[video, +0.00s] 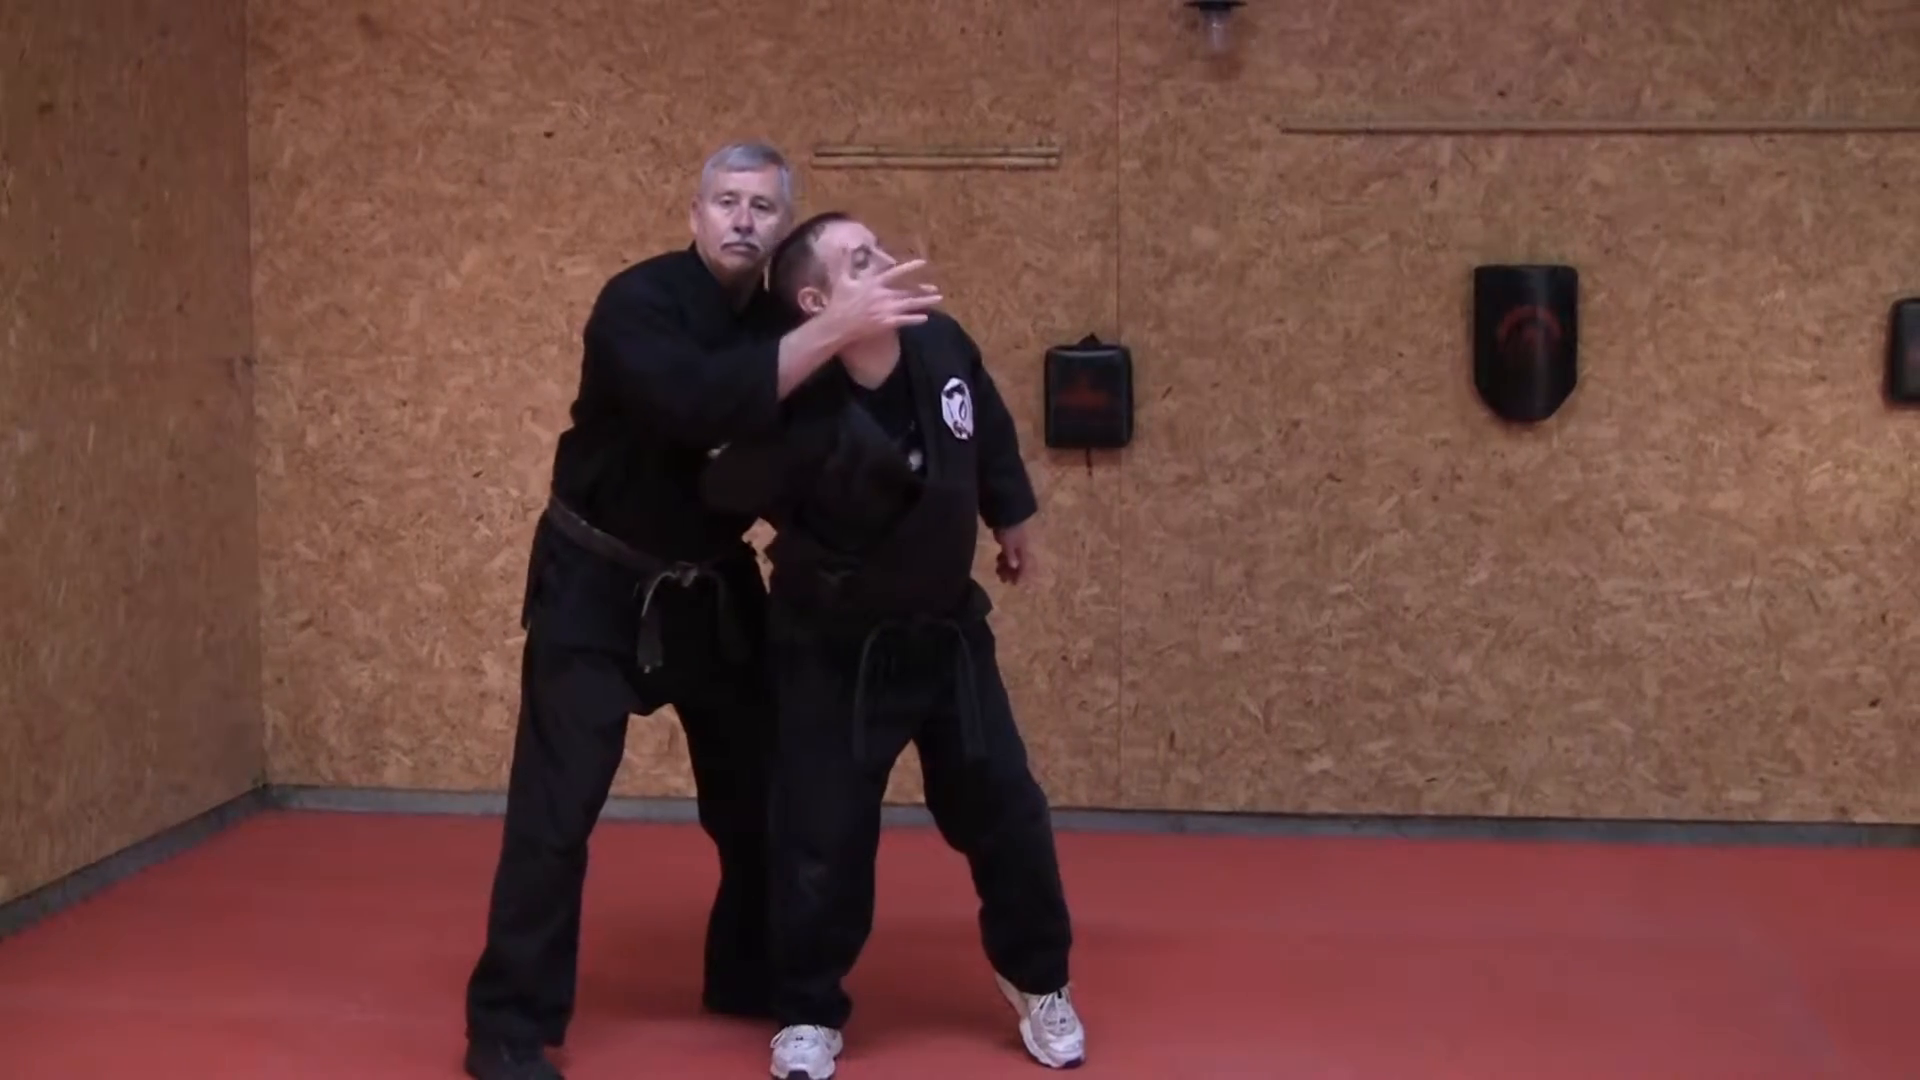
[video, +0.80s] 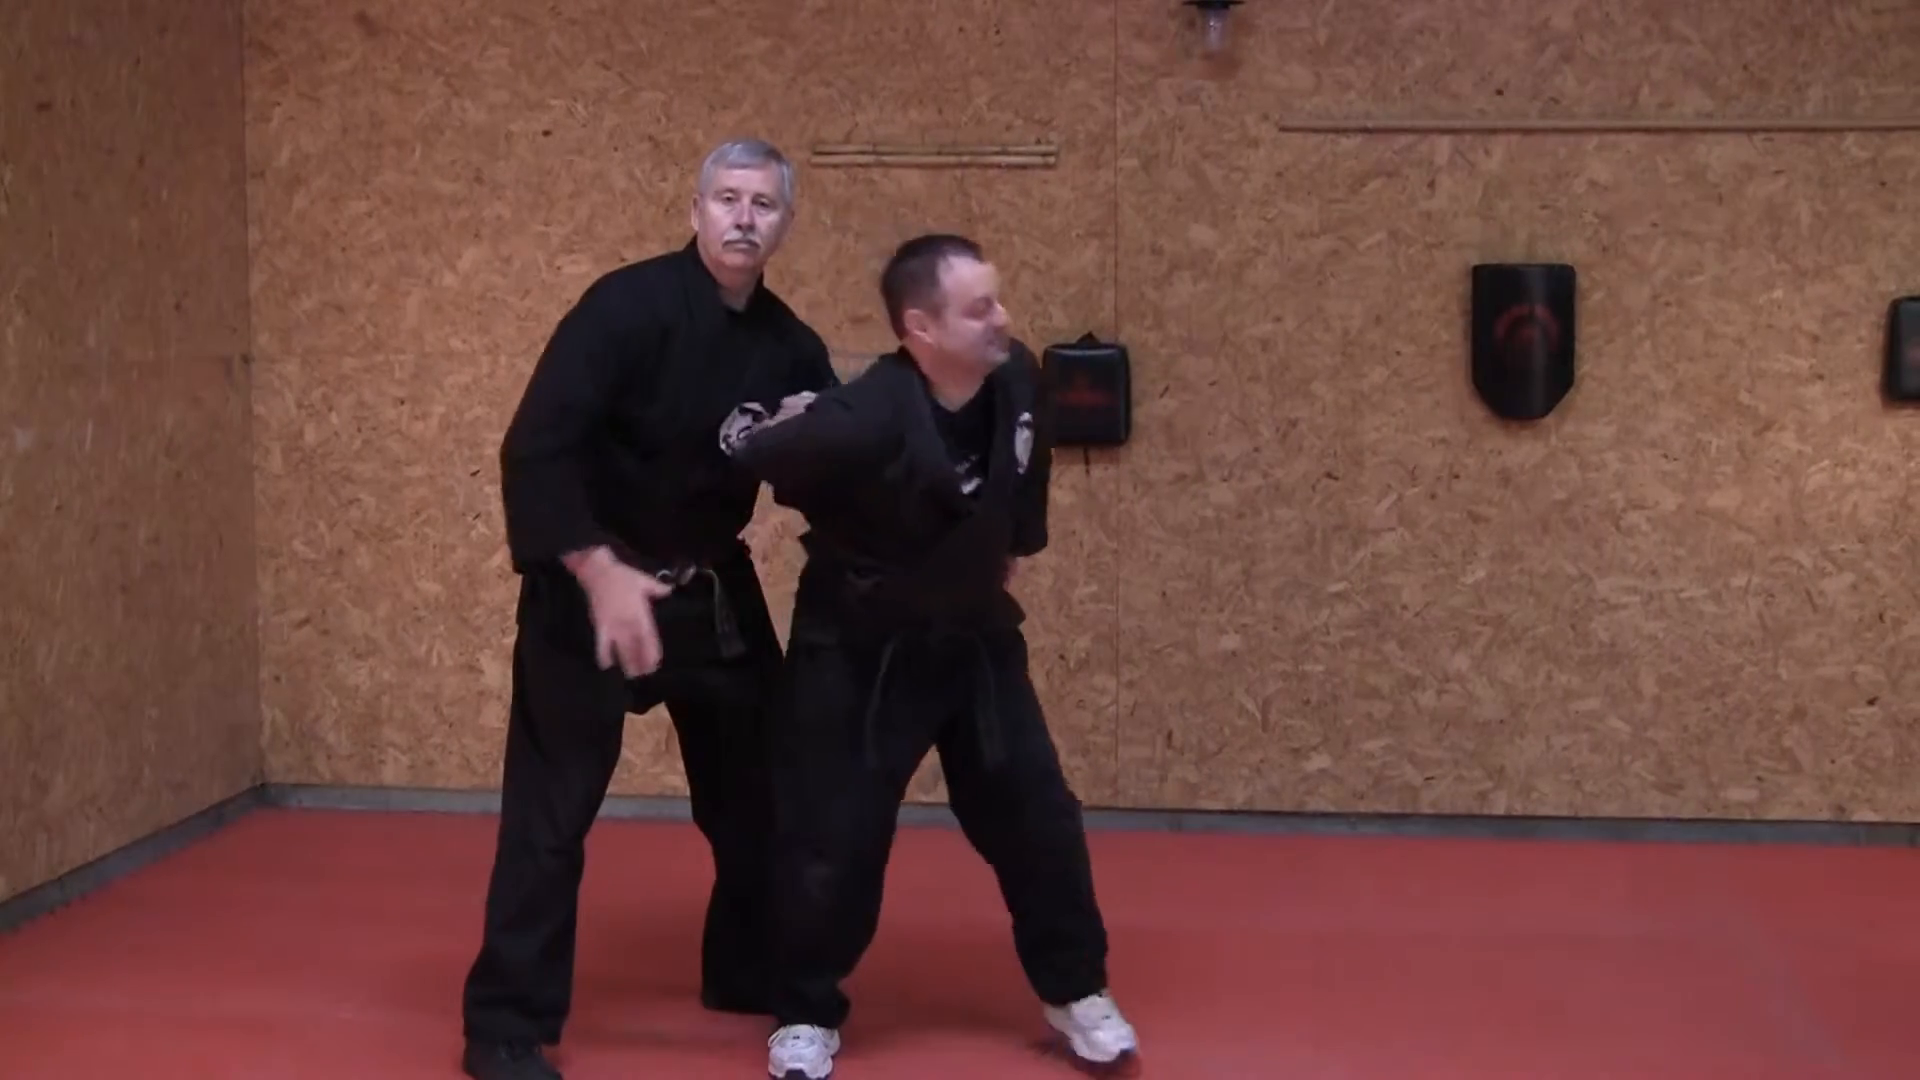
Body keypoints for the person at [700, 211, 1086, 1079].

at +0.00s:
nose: (888, 268)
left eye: (882, 252)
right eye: (860, 262)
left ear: (895, 269)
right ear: (812, 303)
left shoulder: (940, 346)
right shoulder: (798, 414)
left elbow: (989, 431)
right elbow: (722, 501)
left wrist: (1014, 519)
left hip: (944, 629)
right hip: (829, 641)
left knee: (1005, 808)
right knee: (819, 830)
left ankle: (1038, 981)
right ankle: (810, 1013)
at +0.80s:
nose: (1002, 319)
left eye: (999, 302)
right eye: (981, 310)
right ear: (919, 330)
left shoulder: (1013, 375)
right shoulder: (863, 419)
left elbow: (1025, 460)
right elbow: (759, 454)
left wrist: (1021, 541)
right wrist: (772, 434)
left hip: (973, 634)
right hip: (861, 645)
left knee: (1037, 812)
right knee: (835, 829)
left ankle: (1074, 989)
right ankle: (807, 1015)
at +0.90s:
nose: (1053, 344)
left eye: (1052, 327)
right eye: (1031, 332)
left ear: (1055, 325)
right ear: (970, 340)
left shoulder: (1063, 408)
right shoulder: (903, 417)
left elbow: (1056, 537)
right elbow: (793, 445)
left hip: (997, 651)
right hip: (882, 655)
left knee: (1046, 830)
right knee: (839, 833)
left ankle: (1092, 1011)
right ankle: (807, 1015)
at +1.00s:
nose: (1104, 372)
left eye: (1113, 352)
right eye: (1082, 354)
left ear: (1121, 347)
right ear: (1025, 349)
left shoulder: (1119, 426)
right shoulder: (952, 413)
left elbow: (1119, 518)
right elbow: (827, 437)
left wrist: (1102, 590)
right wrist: (878, 489)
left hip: (1040, 652)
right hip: (918, 652)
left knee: (1077, 838)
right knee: (854, 828)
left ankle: (1101, 1018)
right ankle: (807, 1013)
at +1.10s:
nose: (1130, 380)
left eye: (1148, 361)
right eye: (1113, 357)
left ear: (1164, 358)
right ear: (1073, 341)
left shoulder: (1169, 435)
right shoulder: (989, 400)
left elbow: (1182, 540)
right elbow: (871, 442)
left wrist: (1164, 634)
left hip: (1083, 653)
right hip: (958, 644)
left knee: (1105, 840)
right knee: (880, 819)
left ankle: (1105, 1023)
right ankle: (819, 1000)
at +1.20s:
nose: (1134, 363)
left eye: (1158, 348)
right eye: (1122, 340)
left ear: (1185, 348)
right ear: (1099, 324)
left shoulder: (1206, 435)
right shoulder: (1019, 386)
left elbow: (1239, 542)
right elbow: (924, 437)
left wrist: (1243, 651)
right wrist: (908, 505)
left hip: (1120, 650)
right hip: (992, 634)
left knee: (1125, 831)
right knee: (924, 806)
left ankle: (1104, 1023)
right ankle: (898, 981)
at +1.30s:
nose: (1124, 327)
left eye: (1149, 316)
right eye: (1120, 306)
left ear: (1196, 322)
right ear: (1109, 296)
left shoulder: (1231, 423)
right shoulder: (1046, 368)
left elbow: (1282, 542)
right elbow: (970, 440)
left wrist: (1286, 662)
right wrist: (933, 521)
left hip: (1149, 653)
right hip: (1025, 635)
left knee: (1142, 837)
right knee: (978, 808)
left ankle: (1106, 1021)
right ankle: (1009, 953)